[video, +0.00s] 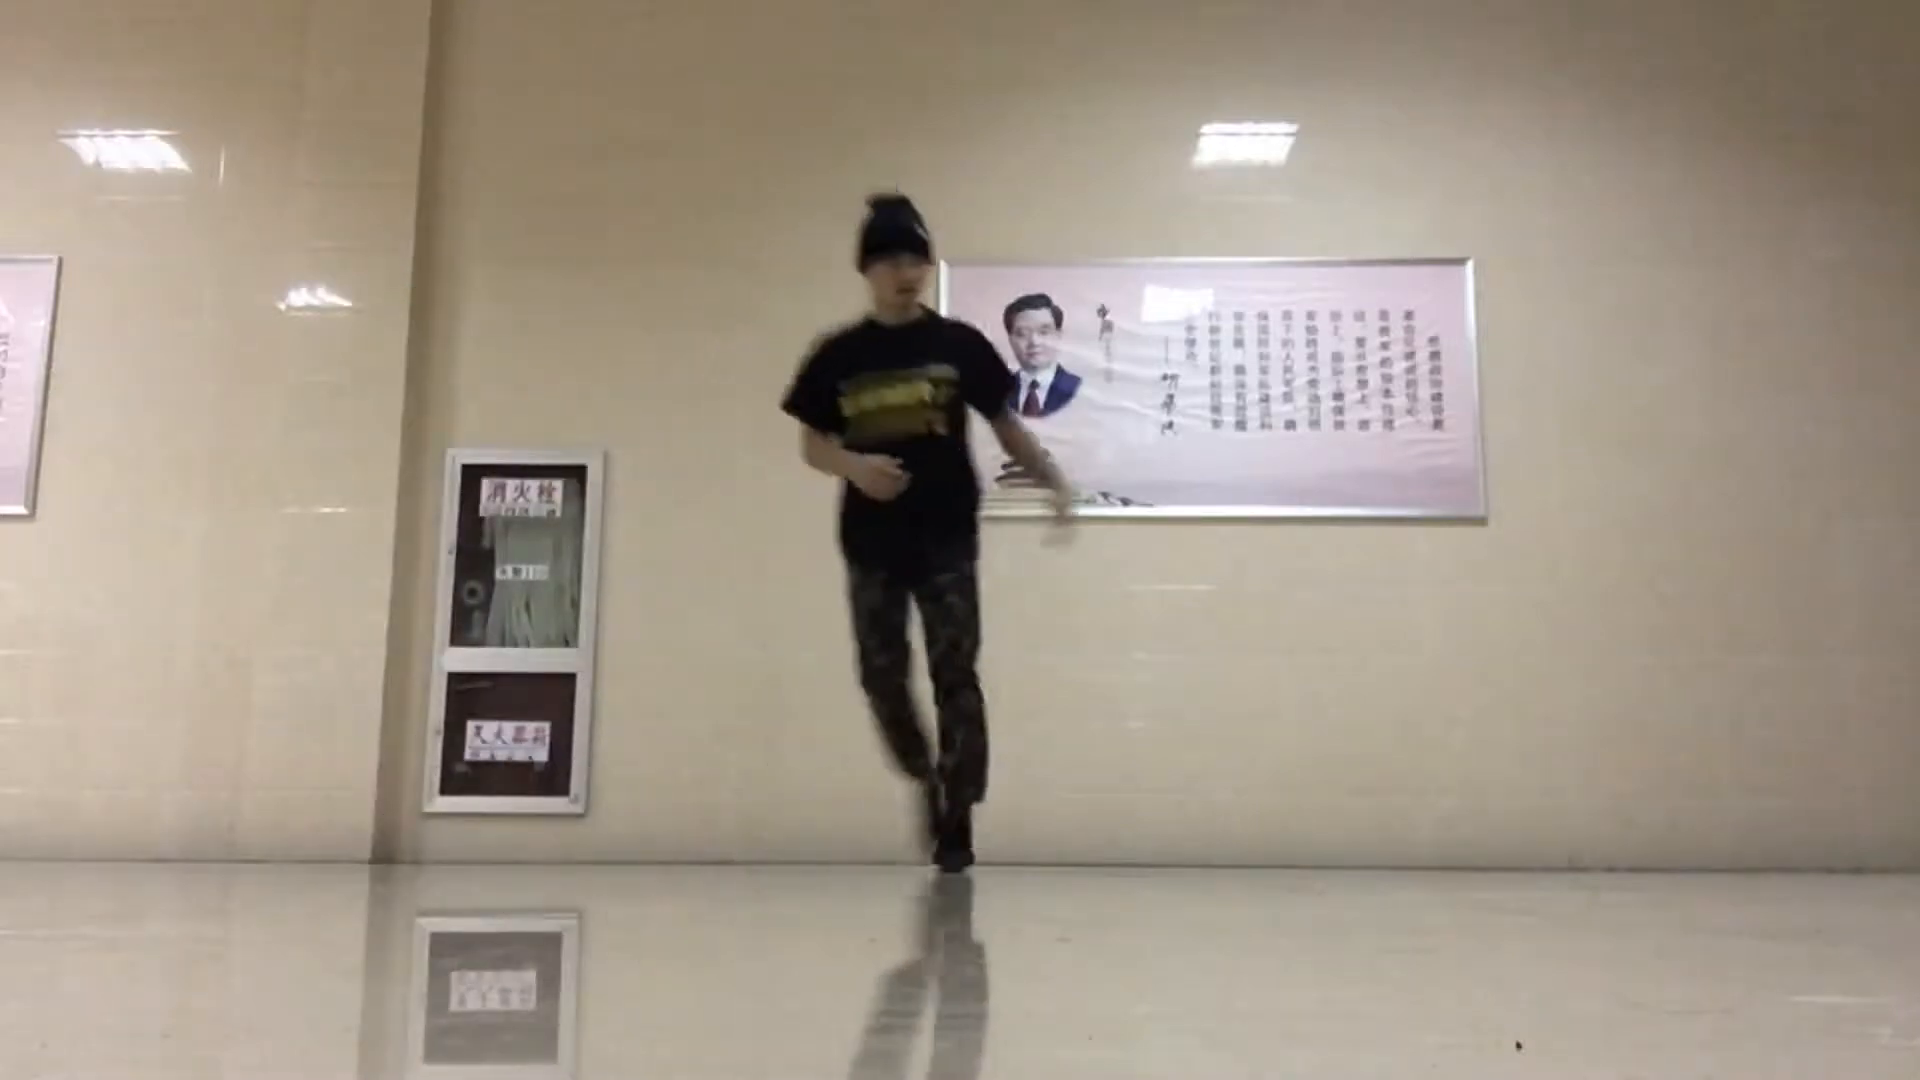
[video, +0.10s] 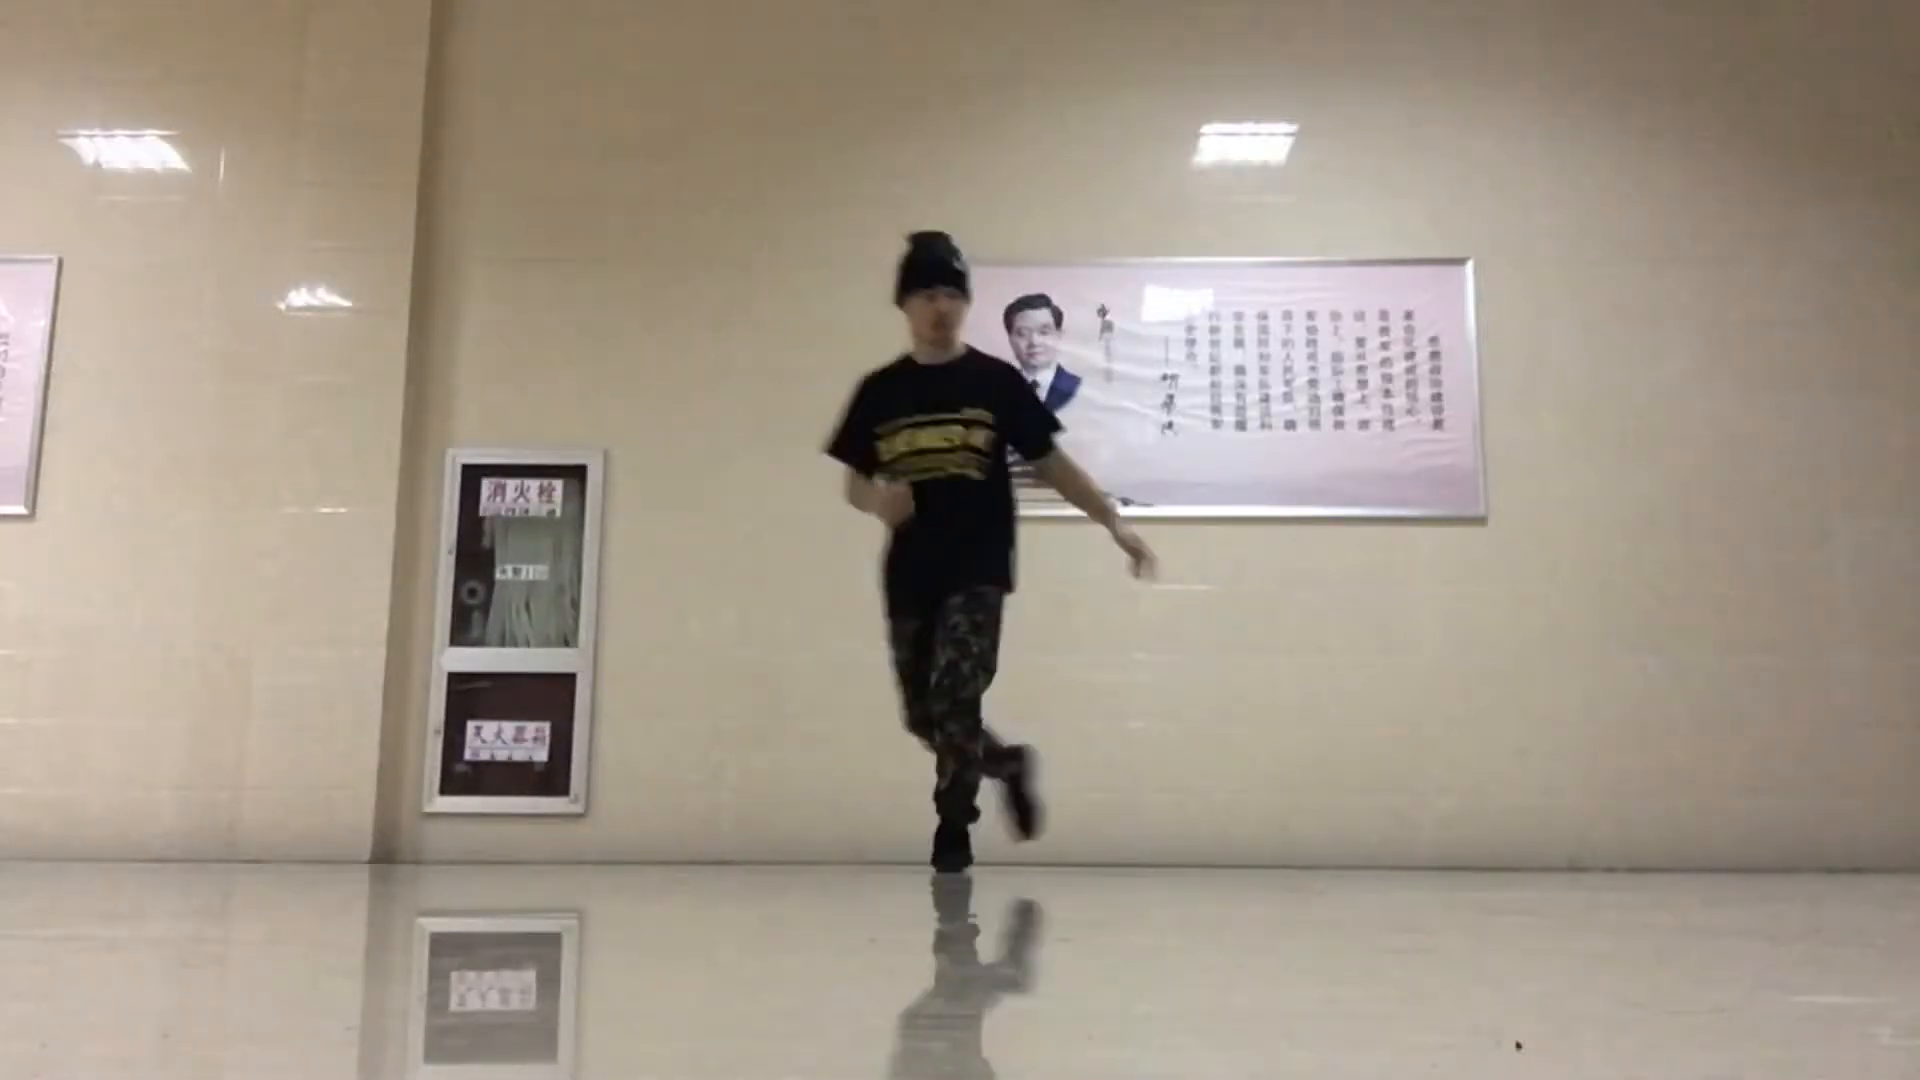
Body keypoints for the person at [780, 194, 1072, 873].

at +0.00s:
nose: (907, 275)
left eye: (916, 262)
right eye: (892, 263)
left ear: (931, 267)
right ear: (867, 270)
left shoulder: (962, 346)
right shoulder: (835, 355)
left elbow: (1007, 426)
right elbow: (813, 444)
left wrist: (1052, 478)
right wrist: (854, 467)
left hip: (946, 529)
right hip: (872, 535)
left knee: (953, 670)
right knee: (883, 672)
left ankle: (958, 810)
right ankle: (926, 776)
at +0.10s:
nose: (940, 309)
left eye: (952, 296)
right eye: (926, 297)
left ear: (968, 303)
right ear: (904, 304)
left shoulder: (999, 382)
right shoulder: (879, 390)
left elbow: (1052, 463)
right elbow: (855, 486)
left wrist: (1116, 523)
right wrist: (876, 498)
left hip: (980, 564)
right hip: (911, 564)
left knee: (953, 702)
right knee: (922, 715)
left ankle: (952, 826)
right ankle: (1011, 763)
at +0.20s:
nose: (972, 299)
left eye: (983, 285)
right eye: (959, 286)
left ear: (999, 290)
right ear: (938, 293)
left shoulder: (1031, 366)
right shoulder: (915, 379)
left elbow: (1079, 448)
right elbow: (908, 468)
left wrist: (1123, 515)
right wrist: (906, 524)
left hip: (1016, 547)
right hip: (949, 550)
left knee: (979, 689)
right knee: (968, 694)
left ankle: (960, 819)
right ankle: (1059, 766)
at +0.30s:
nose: (1001, 293)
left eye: (1011, 280)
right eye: (988, 282)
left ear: (1029, 285)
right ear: (970, 292)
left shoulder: (1067, 354)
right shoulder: (954, 372)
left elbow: (1104, 440)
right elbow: (948, 463)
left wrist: (1105, 511)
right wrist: (939, 539)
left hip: (1055, 531)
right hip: (991, 537)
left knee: (1023, 672)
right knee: (1011, 677)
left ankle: (1023, 813)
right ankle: (1072, 796)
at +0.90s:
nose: (1244, 328)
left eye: (1253, 316)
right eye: (1230, 317)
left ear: (1264, 323)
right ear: (1204, 325)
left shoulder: (1297, 398)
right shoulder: (1176, 412)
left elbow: (1336, 478)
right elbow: (1162, 507)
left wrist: (1342, 547)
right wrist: (1157, 590)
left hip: (1297, 587)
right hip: (1222, 592)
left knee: (1316, 718)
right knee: (1222, 716)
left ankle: (1311, 831)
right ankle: (1211, 820)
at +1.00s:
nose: (1274, 304)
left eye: (1282, 292)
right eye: (1260, 292)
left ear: (1292, 296)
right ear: (1232, 297)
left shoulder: (1318, 371)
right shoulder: (1197, 384)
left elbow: (1352, 448)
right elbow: (1181, 473)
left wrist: (1360, 519)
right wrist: (1201, 547)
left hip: (1317, 558)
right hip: (1248, 564)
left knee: (1325, 696)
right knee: (1260, 691)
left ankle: (1310, 819)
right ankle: (1251, 804)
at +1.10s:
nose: (1301, 274)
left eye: (1307, 263)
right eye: (1287, 263)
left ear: (1314, 269)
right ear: (1254, 268)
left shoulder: (1327, 343)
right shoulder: (1219, 349)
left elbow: (1344, 427)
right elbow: (1187, 441)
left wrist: (1375, 484)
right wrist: (1233, 504)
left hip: (1332, 521)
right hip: (1268, 524)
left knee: (1340, 657)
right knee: (1307, 646)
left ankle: (1319, 798)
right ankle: (1312, 798)